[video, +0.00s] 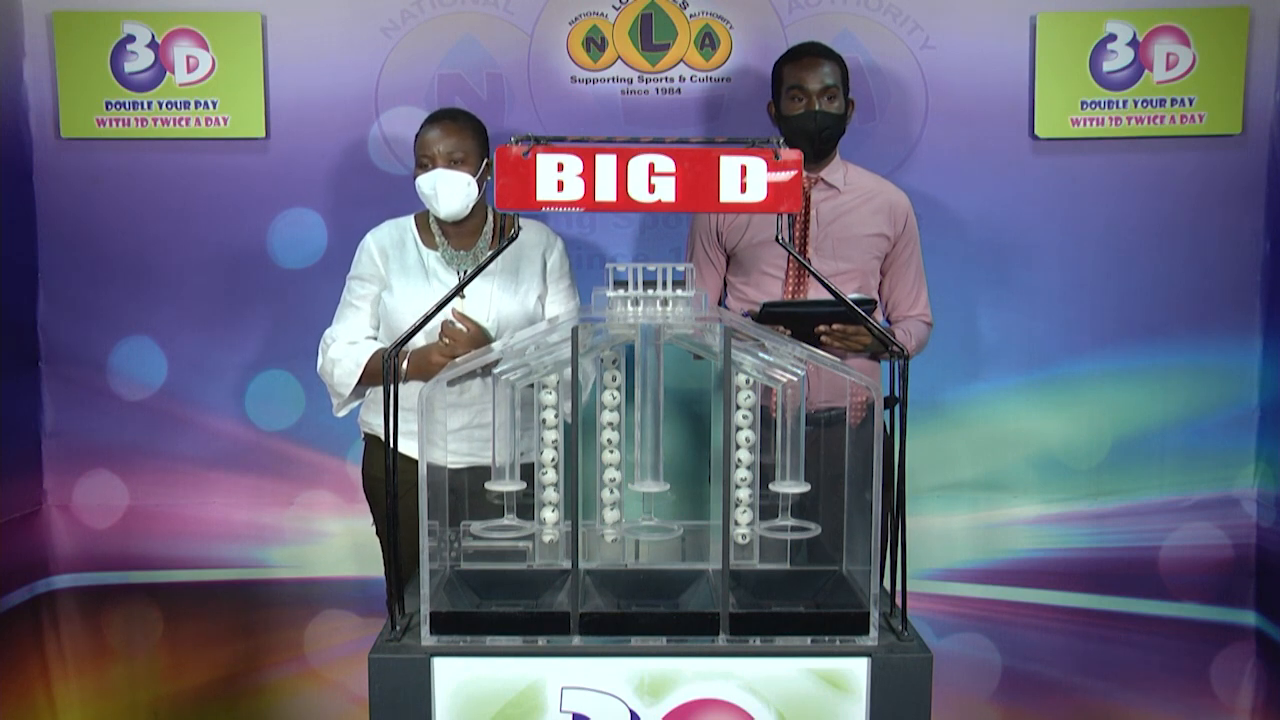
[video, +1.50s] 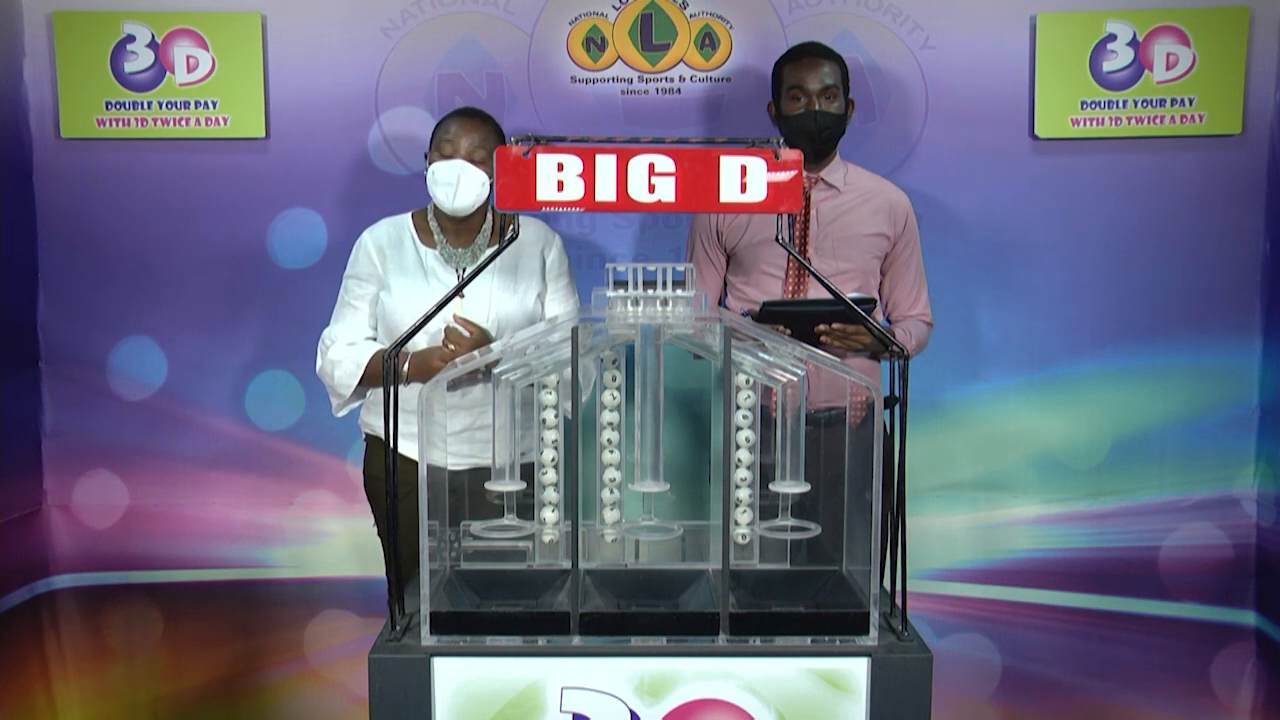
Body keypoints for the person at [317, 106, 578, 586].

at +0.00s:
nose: (440, 178)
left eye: (455, 163)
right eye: (427, 165)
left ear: (484, 167)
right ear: (415, 171)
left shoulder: (539, 247)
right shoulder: (383, 247)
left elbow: (568, 360)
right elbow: (337, 359)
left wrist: (493, 358)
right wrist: (416, 362)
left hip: (506, 465)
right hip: (403, 465)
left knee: (499, 619)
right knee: (414, 616)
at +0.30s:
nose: (440, 179)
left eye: (456, 163)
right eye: (427, 165)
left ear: (485, 167)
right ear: (415, 171)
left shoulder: (539, 247)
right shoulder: (382, 248)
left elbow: (569, 360)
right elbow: (338, 360)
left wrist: (493, 359)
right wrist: (416, 362)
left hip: (507, 466)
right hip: (404, 466)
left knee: (501, 621)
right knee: (415, 619)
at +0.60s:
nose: (446, 178)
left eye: (461, 163)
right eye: (432, 164)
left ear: (487, 167)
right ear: (419, 168)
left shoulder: (538, 248)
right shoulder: (381, 248)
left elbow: (568, 362)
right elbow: (337, 360)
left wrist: (494, 359)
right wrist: (413, 361)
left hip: (507, 466)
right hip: (404, 466)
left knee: (501, 619)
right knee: (415, 617)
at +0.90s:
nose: (449, 174)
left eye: (465, 161)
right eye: (435, 159)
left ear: (491, 167)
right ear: (421, 165)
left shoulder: (538, 247)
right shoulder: (381, 247)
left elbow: (567, 363)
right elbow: (337, 360)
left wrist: (494, 359)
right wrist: (414, 362)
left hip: (506, 466)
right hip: (404, 465)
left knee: (500, 618)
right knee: (415, 617)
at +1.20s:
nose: (451, 169)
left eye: (468, 158)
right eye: (438, 155)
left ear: (494, 167)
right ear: (424, 163)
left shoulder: (538, 247)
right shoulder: (381, 247)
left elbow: (568, 361)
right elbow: (337, 360)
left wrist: (494, 361)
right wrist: (415, 363)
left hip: (506, 465)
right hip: (404, 465)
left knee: (501, 617)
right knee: (415, 615)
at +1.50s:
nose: (458, 170)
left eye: (476, 158)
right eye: (446, 156)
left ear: (501, 167)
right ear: (428, 165)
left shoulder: (538, 245)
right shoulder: (380, 245)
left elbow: (568, 356)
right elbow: (337, 358)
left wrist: (496, 359)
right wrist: (414, 363)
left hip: (507, 464)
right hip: (405, 465)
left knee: (501, 617)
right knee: (416, 616)